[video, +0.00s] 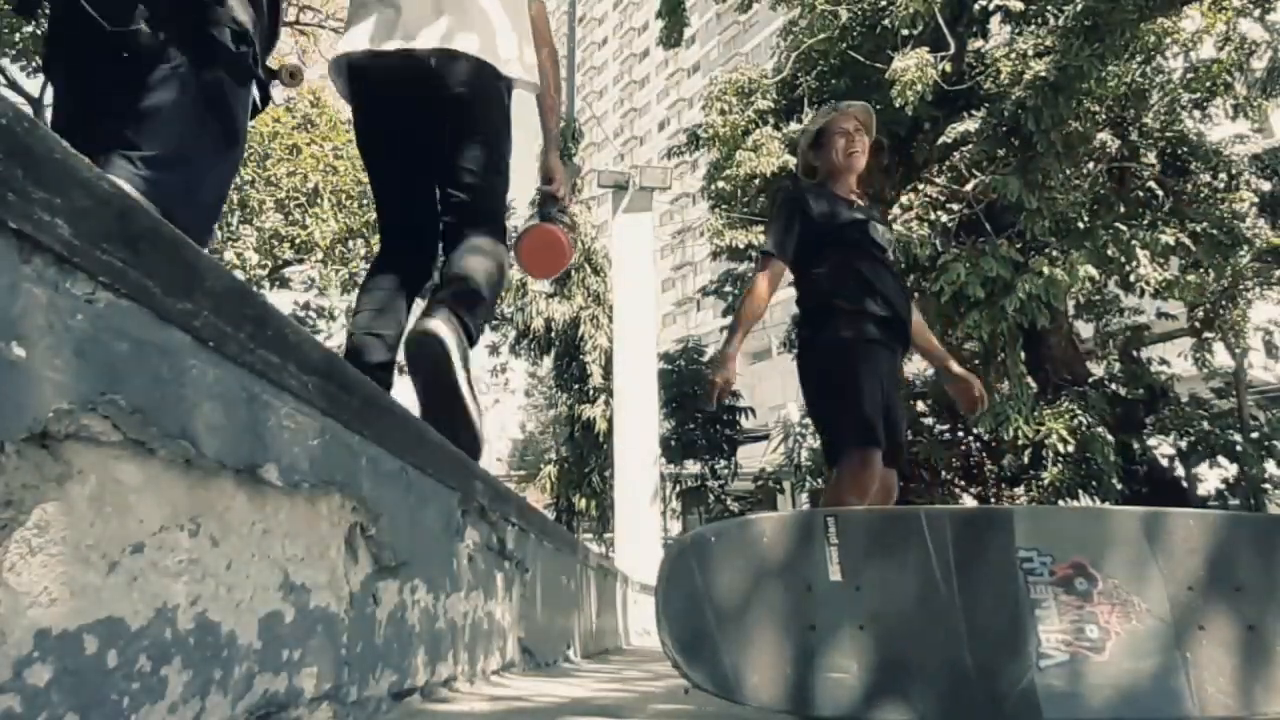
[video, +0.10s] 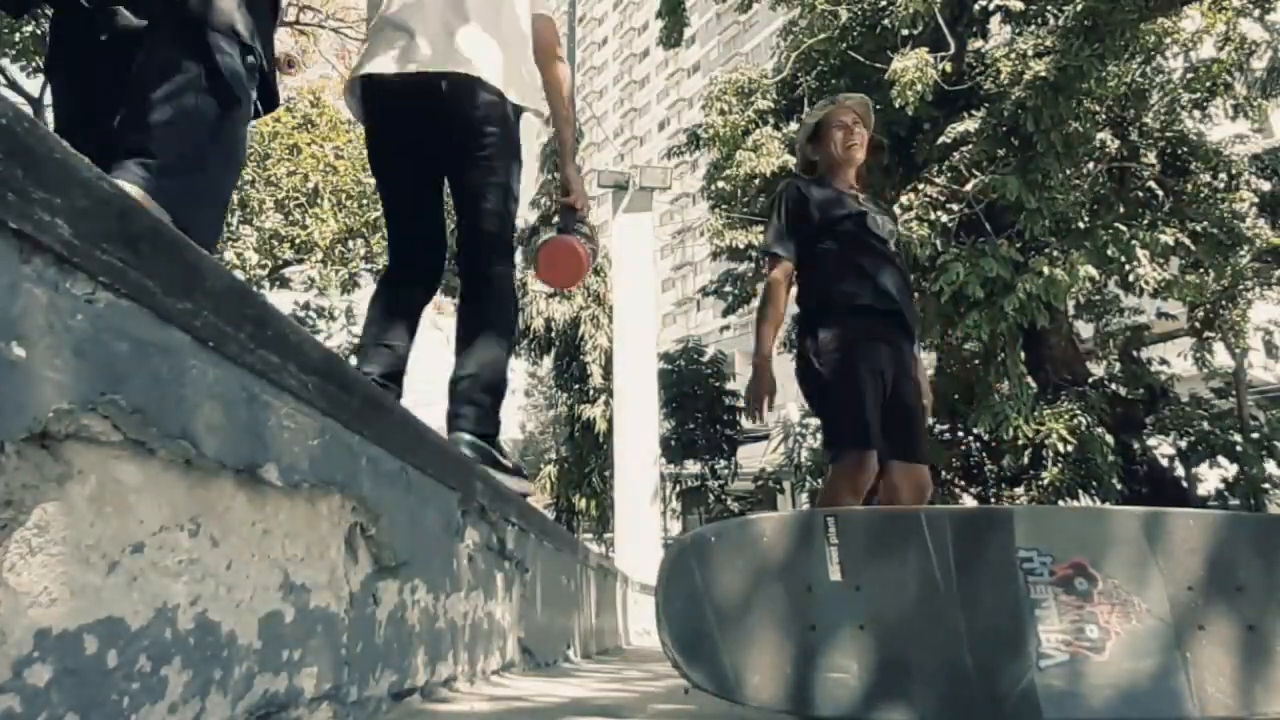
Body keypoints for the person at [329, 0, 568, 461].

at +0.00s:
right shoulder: (519, 6)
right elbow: (543, 50)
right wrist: (551, 146)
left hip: (373, 50)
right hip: (471, 48)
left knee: (403, 238)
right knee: (477, 227)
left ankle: (358, 387)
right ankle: (448, 326)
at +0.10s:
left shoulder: (394, 7)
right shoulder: (530, 5)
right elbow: (552, 60)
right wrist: (569, 169)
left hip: (388, 85)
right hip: (480, 85)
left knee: (412, 257)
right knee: (489, 269)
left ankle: (369, 392)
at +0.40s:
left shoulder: (430, 10)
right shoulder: (536, 27)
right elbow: (578, 105)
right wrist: (603, 196)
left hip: (436, 152)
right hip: (518, 155)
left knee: (459, 316)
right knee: (512, 327)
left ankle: (415, 447)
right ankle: (493, 474)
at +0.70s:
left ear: (485, 24)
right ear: (533, 39)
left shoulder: (462, 31)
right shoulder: (552, 66)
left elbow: (445, 59)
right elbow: (588, 136)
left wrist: (410, 92)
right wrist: (608, 225)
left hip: (459, 196)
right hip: (530, 202)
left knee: (475, 334)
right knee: (518, 340)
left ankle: (437, 454)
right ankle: (496, 473)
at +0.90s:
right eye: (543, 105)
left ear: (495, 93)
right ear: (536, 104)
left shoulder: (467, 106)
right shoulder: (554, 129)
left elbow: (453, 145)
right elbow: (583, 197)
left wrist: (421, 221)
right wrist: (593, 287)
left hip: (461, 246)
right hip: (529, 252)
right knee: (505, 377)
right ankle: (485, 485)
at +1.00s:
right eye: (544, 128)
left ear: (495, 115)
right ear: (537, 124)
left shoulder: (465, 132)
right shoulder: (553, 151)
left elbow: (448, 182)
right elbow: (578, 213)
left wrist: (420, 249)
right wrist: (588, 299)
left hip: (464, 261)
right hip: (528, 260)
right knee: (514, 373)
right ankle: (495, 461)